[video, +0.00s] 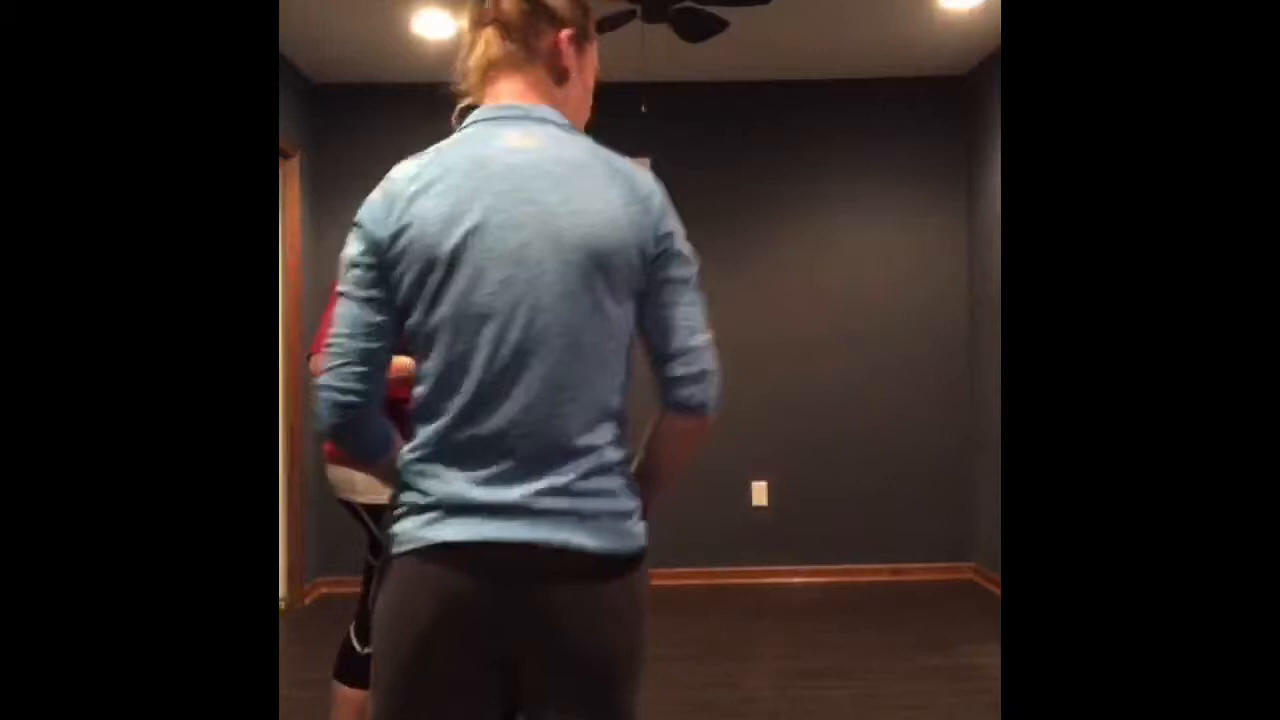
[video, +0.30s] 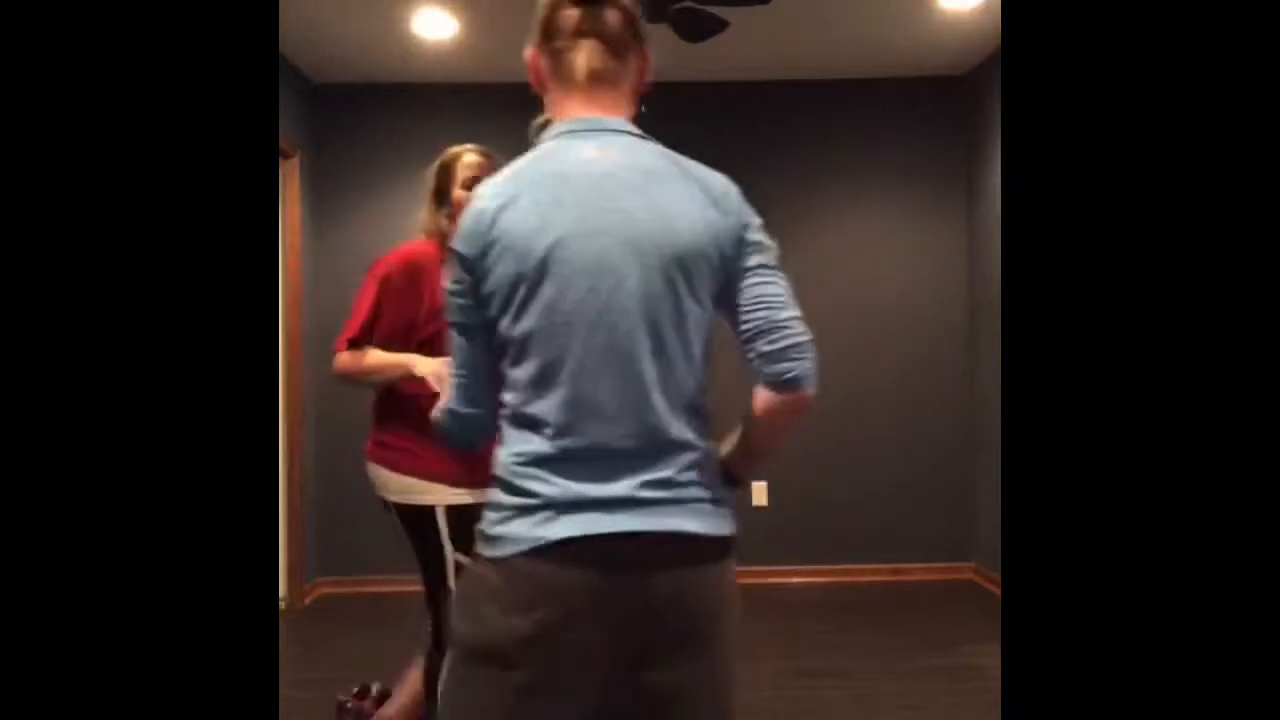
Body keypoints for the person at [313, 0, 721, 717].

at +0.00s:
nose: (595, 79)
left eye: (595, 57)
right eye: (594, 54)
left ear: (481, 60)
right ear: (565, 48)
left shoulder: (401, 191)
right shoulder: (633, 190)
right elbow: (693, 394)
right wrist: (632, 505)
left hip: (436, 571)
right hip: (592, 575)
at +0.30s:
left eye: (532, 66)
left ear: (535, 71)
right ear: (644, 74)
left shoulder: (492, 208)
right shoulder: (713, 196)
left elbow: (464, 425)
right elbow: (790, 377)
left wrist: (448, 387)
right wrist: (737, 462)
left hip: (531, 559)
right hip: (685, 554)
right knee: (689, 708)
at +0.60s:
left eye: (599, 65)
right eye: (705, 65)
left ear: (603, 74)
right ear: (703, 78)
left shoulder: (559, 202)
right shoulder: (763, 192)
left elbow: (530, 384)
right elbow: (829, 372)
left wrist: (491, 373)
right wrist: (772, 440)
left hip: (586, 532)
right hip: (721, 533)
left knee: (608, 710)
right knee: (717, 708)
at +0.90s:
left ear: (643, 92)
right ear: (738, 96)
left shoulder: (598, 220)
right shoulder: (791, 212)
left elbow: (569, 391)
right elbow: (825, 390)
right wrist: (753, 408)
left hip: (629, 522)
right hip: (754, 524)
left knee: (645, 707)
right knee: (743, 706)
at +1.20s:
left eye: (679, 106)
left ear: (683, 108)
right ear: (771, 114)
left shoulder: (635, 225)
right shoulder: (813, 224)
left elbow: (615, 383)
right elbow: (819, 383)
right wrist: (737, 376)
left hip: (660, 509)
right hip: (777, 512)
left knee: (682, 707)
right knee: (785, 705)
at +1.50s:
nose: (696, 136)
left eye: (698, 124)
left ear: (706, 127)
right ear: (785, 138)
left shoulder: (657, 234)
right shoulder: (820, 235)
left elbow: (638, 381)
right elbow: (824, 373)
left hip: (692, 514)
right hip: (799, 509)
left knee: (703, 686)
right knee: (805, 696)